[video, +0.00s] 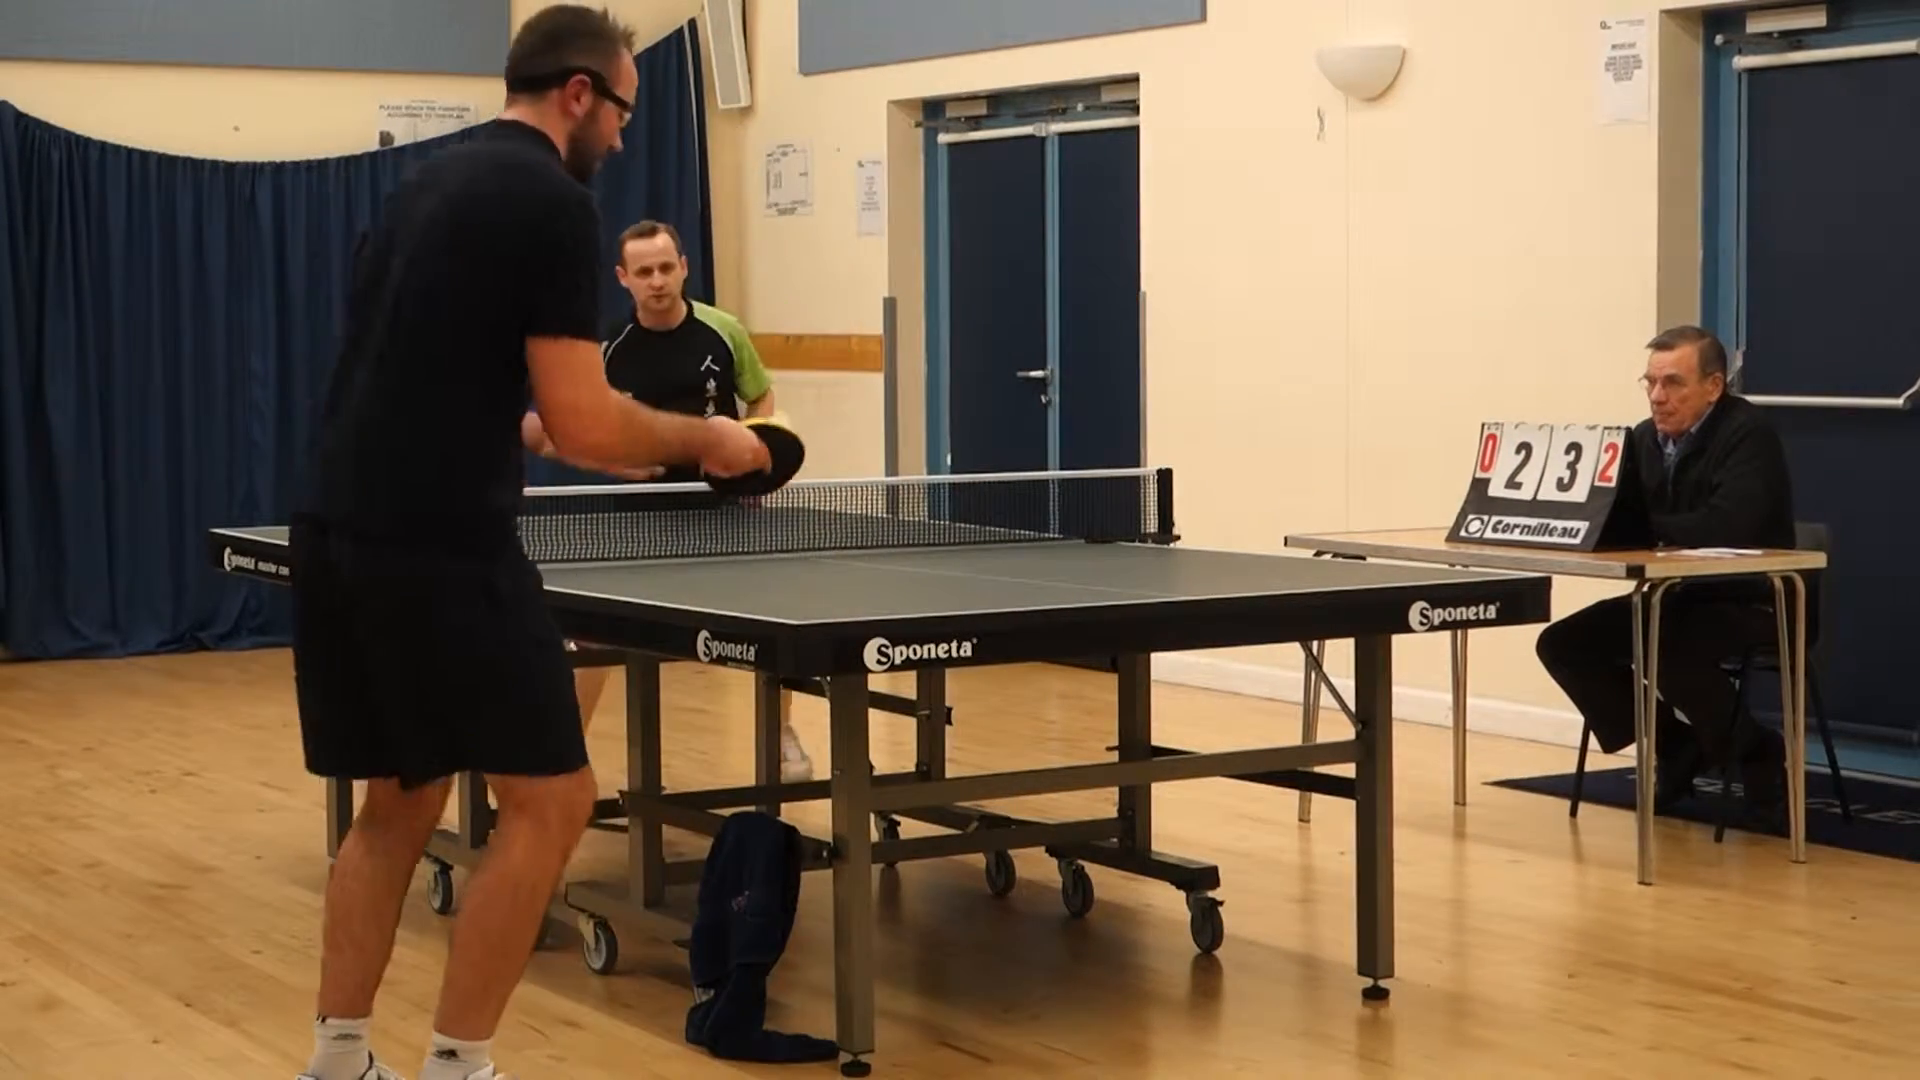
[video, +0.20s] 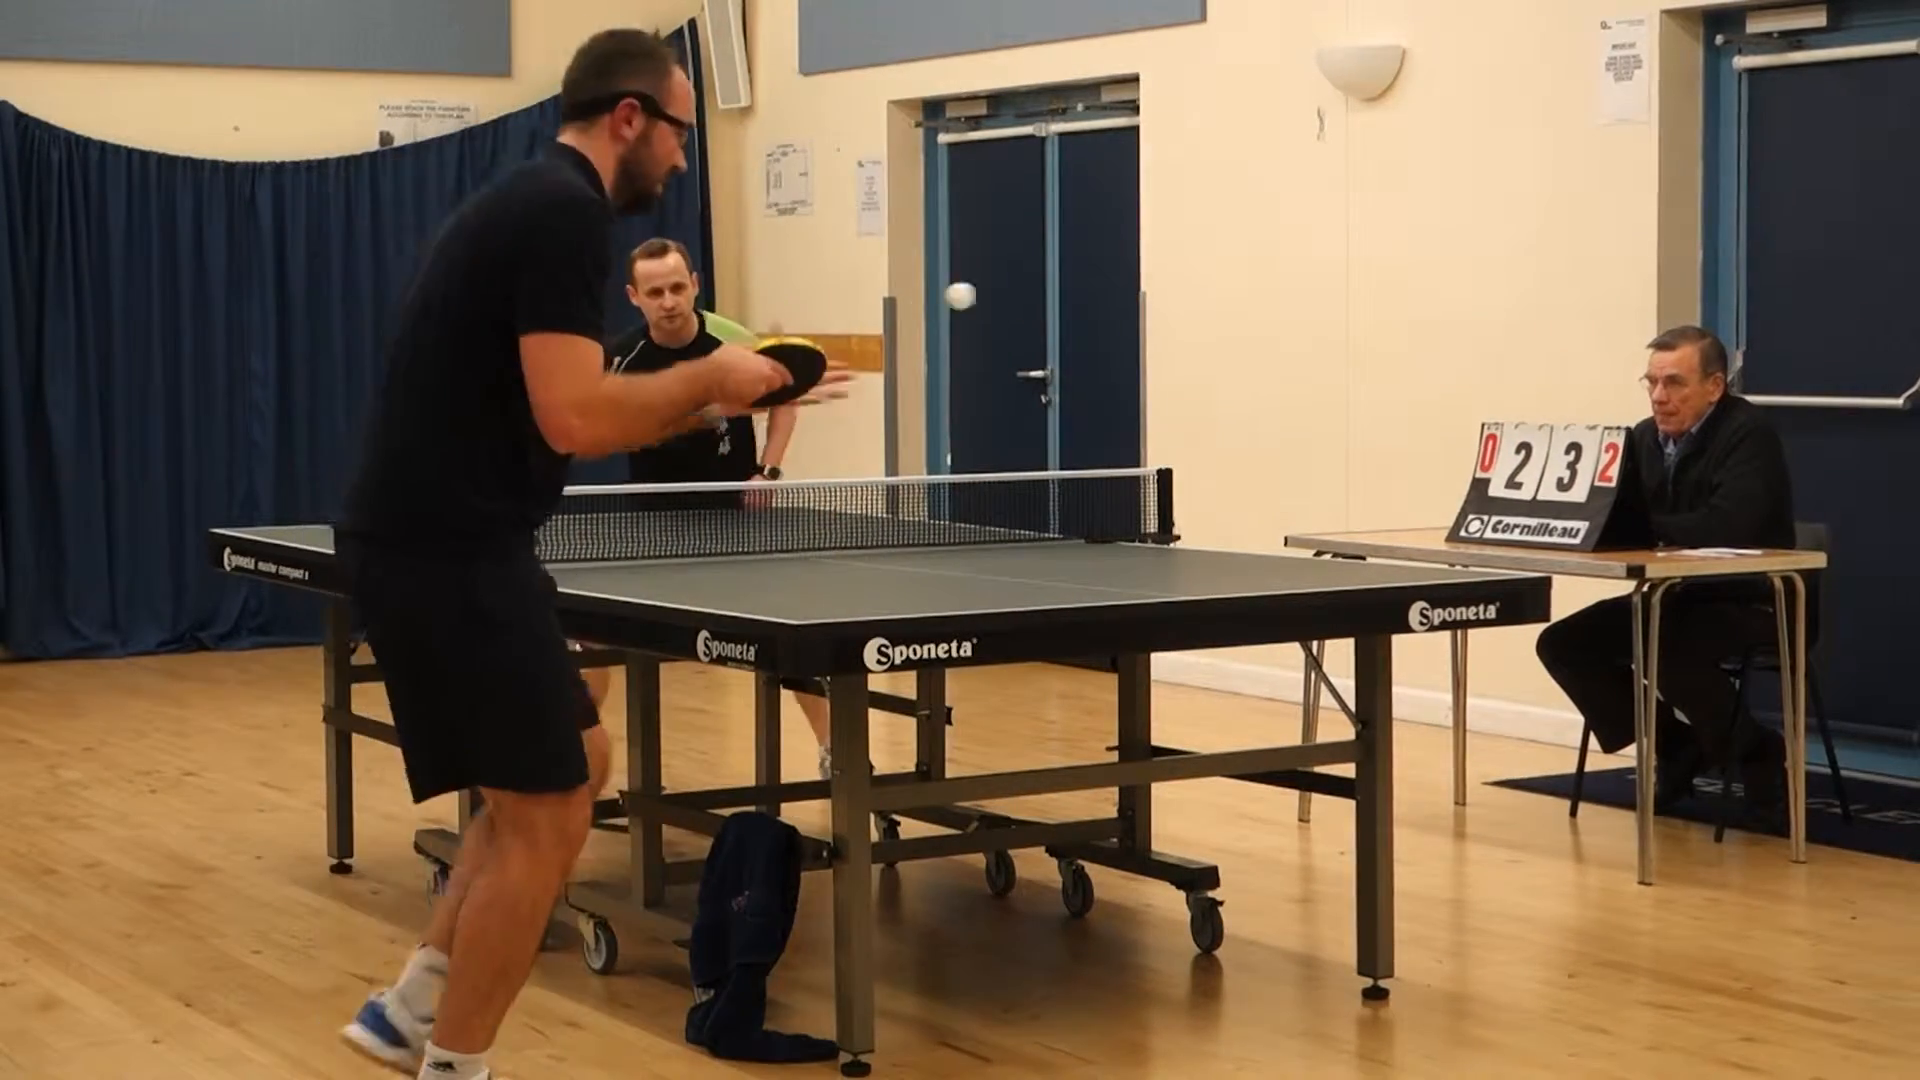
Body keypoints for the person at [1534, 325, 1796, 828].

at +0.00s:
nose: (1657, 395)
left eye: (1672, 382)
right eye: (1651, 381)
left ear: (1714, 387)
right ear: (1644, 382)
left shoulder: (1749, 435)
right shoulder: (1642, 440)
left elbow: (1733, 526)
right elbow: (1612, 518)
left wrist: (1642, 532)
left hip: (1756, 600)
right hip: (1672, 597)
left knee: (1669, 646)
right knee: (1562, 644)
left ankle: (1757, 751)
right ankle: (1675, 743)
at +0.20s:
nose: (1659, 395)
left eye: (1674, 382)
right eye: (1652, 381)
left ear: (1715, 387)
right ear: (1645, 383)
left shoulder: (1750, 435)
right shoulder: (1642, 440)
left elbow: (1733, 526)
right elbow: (1608, 515)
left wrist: (1639, 531)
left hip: (1755, 600)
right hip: (1671, 597)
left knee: (1670, 647)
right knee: (1562, 644)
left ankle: (1757, 753)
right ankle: (1675, 742)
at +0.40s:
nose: (1659, 395)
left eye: (1674, 382)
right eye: (1653, 381)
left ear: (1715, 387)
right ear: (1645, 383)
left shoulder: (1750, 434)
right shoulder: (1641, 439)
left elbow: (1734, 527)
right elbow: (1609, 516)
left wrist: (1638, 530)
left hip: (1755, 600)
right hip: (1672, 596)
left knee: (1666, 645)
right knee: (1561, 644)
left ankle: (1757, 750)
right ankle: (1673, 742)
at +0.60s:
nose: (1659, 396)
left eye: (1675, 383)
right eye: (1653, 382)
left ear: (1715, 388)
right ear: (1645, 384)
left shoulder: (1749, 435)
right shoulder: (1642, 439)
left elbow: (1732, 527)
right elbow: (1605, 512)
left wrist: (1637, 530)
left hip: (1755, 601)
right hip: (1671, 596)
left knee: (1666, 645)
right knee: (1562, 644)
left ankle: (1757, 750)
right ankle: (1674, 741)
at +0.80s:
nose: (1661, 396)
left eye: (1677, 383)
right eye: (1654, 382)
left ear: (1716, 388)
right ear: (1646, 383)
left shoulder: (1749, 434)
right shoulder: (1641, 438)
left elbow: (1733, 526)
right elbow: (1610, 518)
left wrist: (1639, 531)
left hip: (1755, 601)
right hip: (1672, 597)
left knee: (1668, 647)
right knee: (1561, 644)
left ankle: (1757, 751)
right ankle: (1674, 741)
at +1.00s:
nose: (1663, 398)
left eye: (1679, 385)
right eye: (1655, 384)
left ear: (1717, 390)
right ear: (1647, 385)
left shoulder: (1749, 434)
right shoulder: (1641, 438)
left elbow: (1731, 527)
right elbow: (1609, 518)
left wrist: (1638, 529)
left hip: (1756, 600)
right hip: (1673, 596)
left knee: (1668, 647)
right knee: (1561, 644)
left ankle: (1757, 750)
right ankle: (1674, 743)